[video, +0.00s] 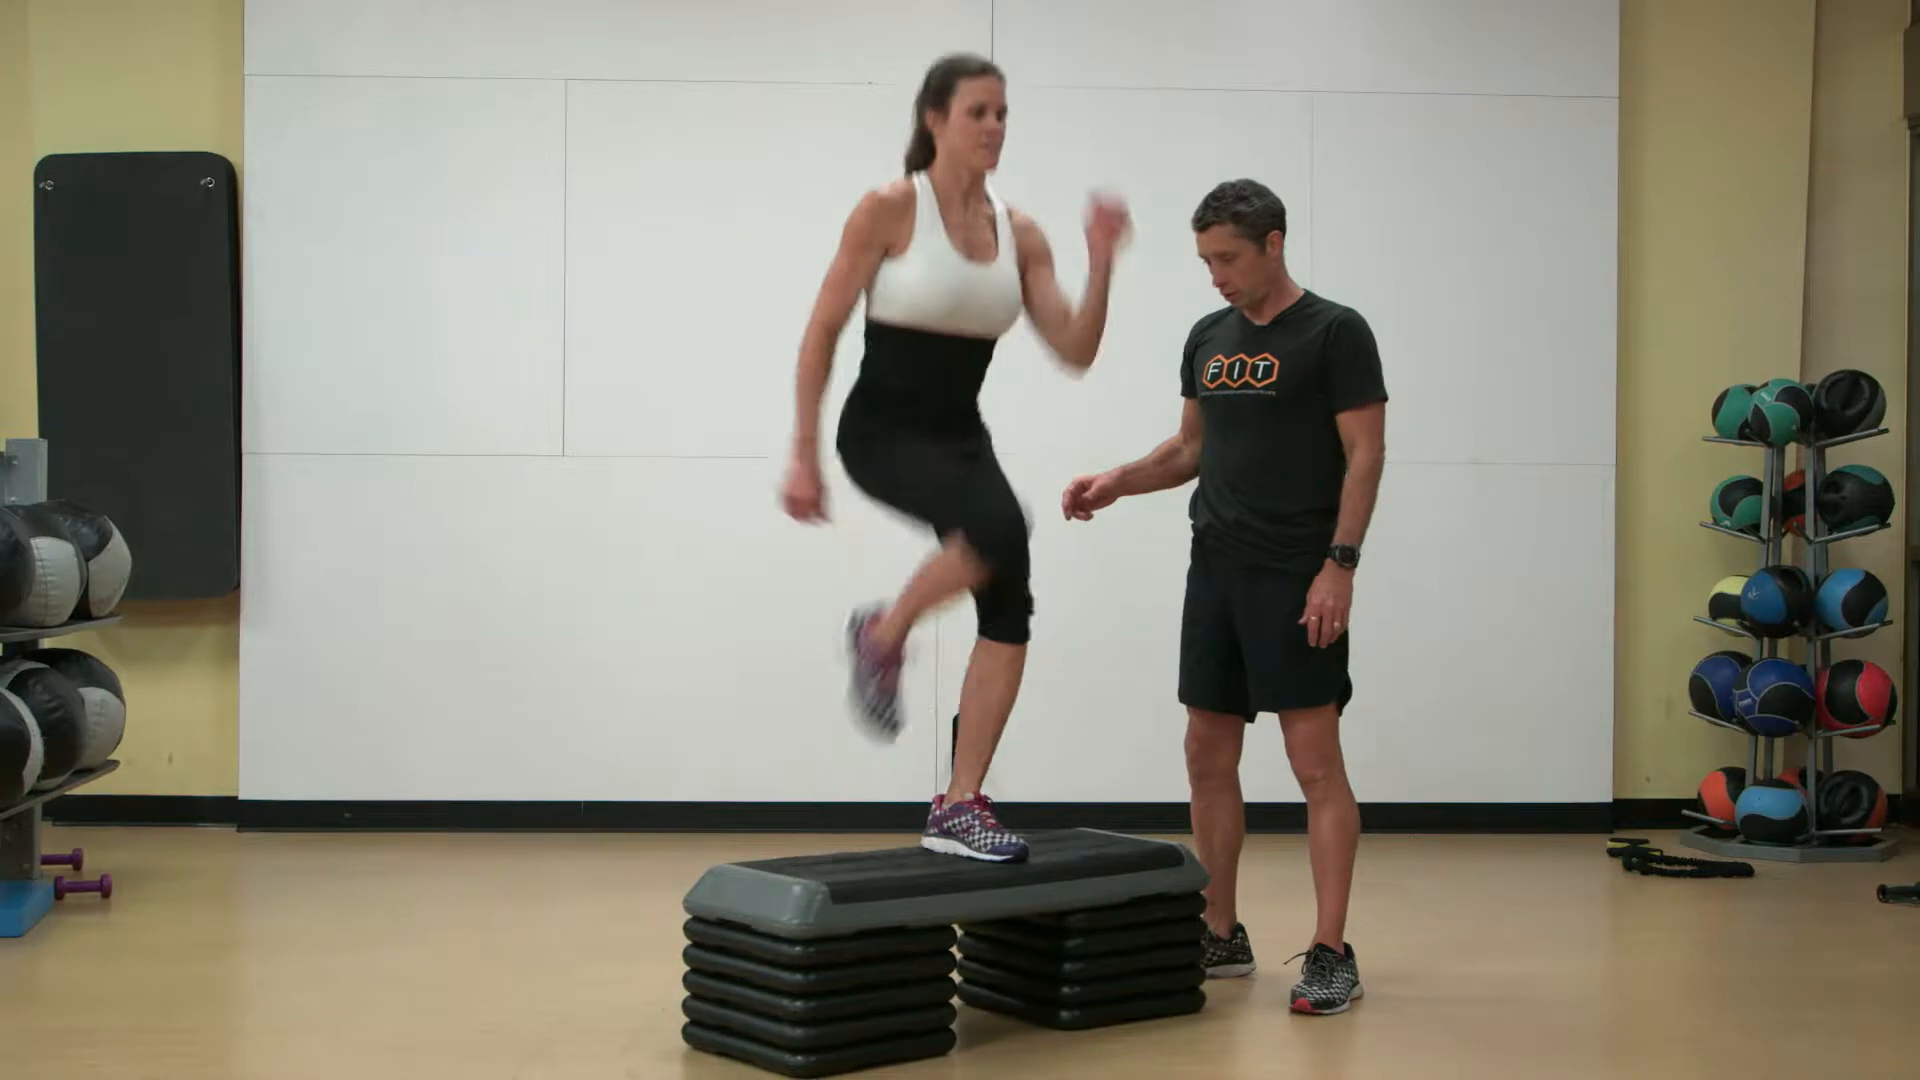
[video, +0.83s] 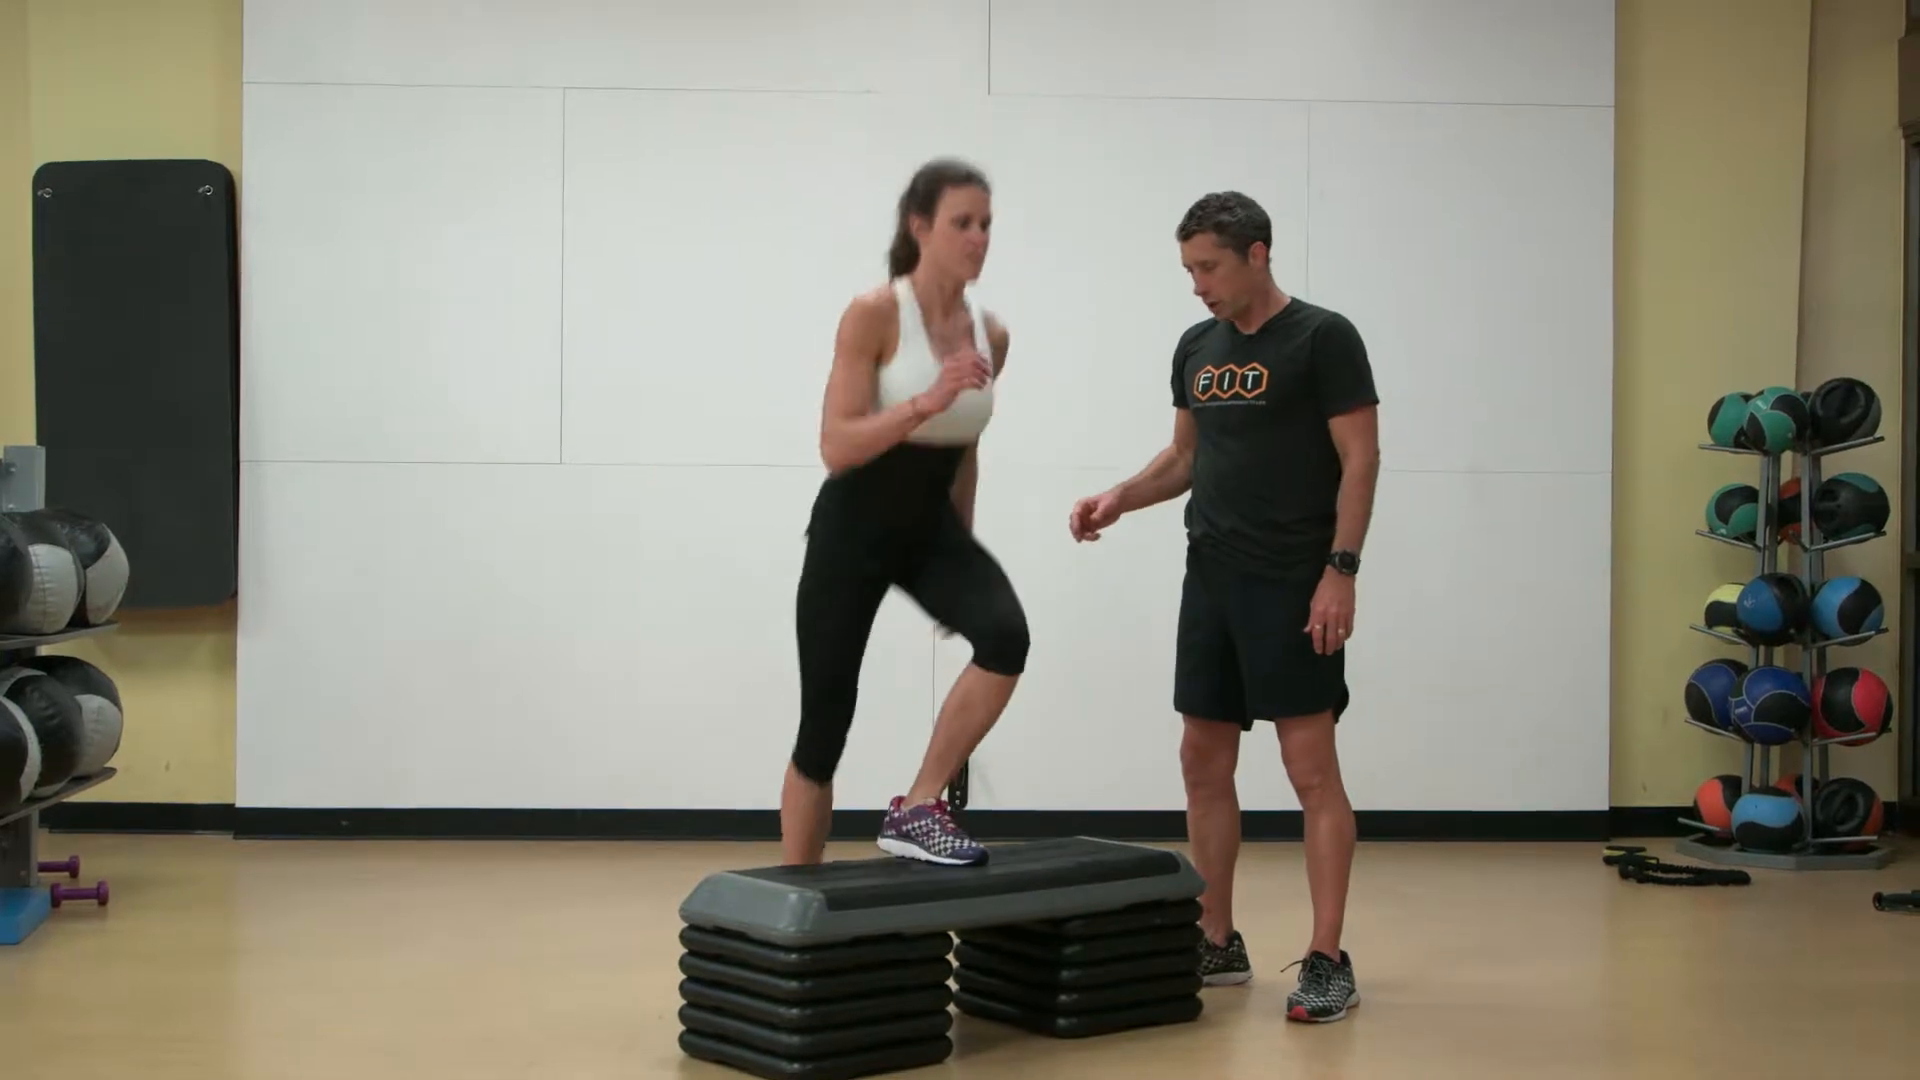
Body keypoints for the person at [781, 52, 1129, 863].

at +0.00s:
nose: (997, 127)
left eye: (1002, 113)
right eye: (981, 113)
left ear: (1004, 124)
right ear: (935, 120)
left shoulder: (1018, 233)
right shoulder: (889, 210)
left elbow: (1075, 349)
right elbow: (823, 329)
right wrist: (804, 452)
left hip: (962, 433)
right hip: (882, 428)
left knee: (1010, 611)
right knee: (995, 529)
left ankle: (960, 804)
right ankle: (882, 632)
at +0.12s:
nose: (990, 57)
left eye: (997, 42)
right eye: (975, 40)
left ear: (1000, 53)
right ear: (928, 47)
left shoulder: (1018, 152)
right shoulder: (880, 140)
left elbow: (1099, 234)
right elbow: (810, 256)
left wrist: (1069, 133)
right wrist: (761, 367)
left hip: (968, 358)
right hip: (887, 349)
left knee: (963, 574)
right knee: (1022, 360)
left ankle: (958, 786)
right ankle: (929, 521)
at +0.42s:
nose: (991, 77)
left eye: (997, 62)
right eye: (975, 62)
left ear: (1001, 73)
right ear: (930, 68)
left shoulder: (1020, 180)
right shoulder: (880, 164)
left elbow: (1095, 284)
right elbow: (813, 281)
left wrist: (1075, 179)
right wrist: (776, 398)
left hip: (960, 389)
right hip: (882, 375)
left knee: (965, 598)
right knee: (999, 441)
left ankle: (919, 798)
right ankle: (885, 566)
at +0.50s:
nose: (996, 97)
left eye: (1000, 83)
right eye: (980, 82)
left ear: (1002, 95)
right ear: (934, 89)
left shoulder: (1015, 205)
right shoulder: (889, 184)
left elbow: (1050, 338)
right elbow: (830, 307)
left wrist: (1083, 266)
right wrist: (804, 427)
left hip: (959, 414)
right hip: (881, 405)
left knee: (979, 601)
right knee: (959, 550)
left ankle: (918, 803)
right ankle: (850, 659)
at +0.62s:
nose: (999, 129)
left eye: (1004, 114)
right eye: (983, 114)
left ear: (1005, 125)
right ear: (937, 122)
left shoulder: (1008, 234)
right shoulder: (895, 212)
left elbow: (991, 366)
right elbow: (835, 342)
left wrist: (1049, 422)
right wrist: (876, 441)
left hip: (954, 443)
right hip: (876, 439)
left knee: (998, 619)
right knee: (873, 643)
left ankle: (920, 803)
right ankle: (804, 804)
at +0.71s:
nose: (996, 163)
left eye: (1002, 150)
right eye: (980, 149)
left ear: (1004, 161)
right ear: (934, 156)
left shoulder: (1002, 266)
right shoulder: (889, 247)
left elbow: (973, 394)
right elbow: (838, 377)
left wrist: (1009, 489)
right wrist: (918, 420)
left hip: (951, 478)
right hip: (868, 474)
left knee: (1005, 628)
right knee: (842, 667)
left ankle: (919, 804)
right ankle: (798, 850)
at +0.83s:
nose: (979, 238)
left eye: (986, 224)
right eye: (964, 223)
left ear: (991, 232)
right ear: (918, 228)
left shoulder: (988, 335)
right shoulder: (873, 316)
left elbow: (963, 457)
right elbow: (836, 449)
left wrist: (958, 575)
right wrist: (927, 402)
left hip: (931, 531)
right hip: (851, 530)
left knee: (1005, 635)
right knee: (825, 727)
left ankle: (918, 807)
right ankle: (799, 902)